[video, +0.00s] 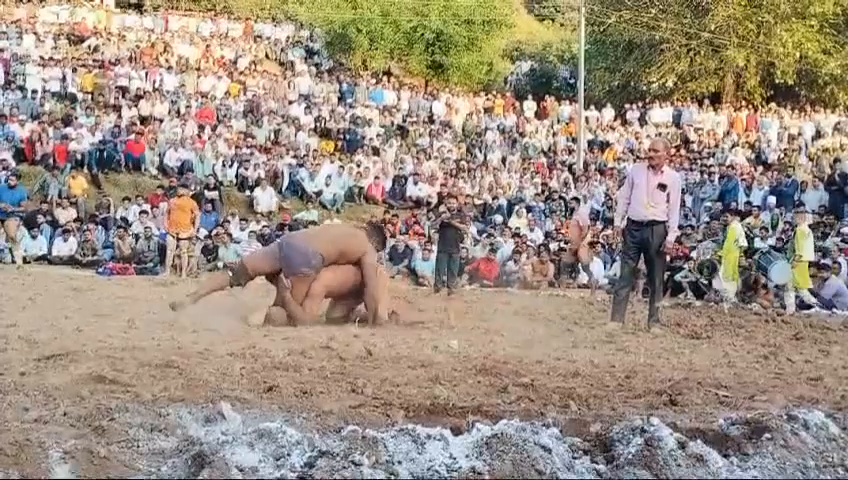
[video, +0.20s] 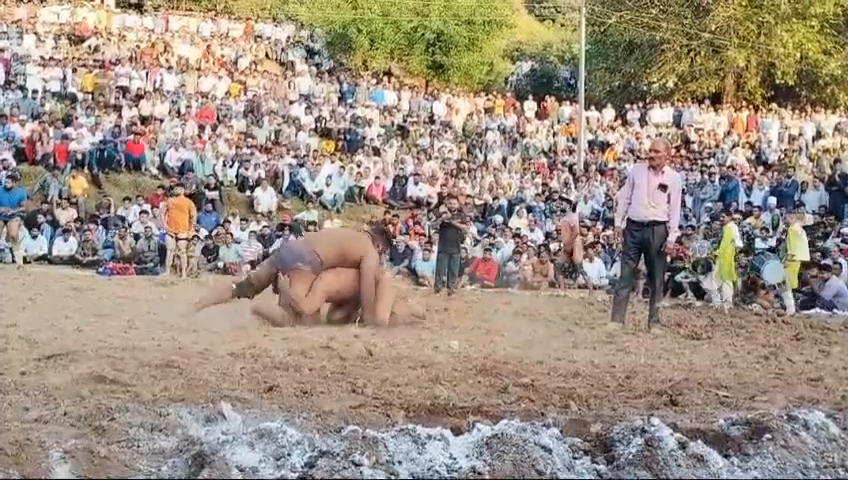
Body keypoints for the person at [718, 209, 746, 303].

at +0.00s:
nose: (726, 219)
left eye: (727, 217)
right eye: (725, 217)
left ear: (733, 217)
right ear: (733, 217)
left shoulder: (733, 227)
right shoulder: (737, 226)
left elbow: (729, 243)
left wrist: (722, 253)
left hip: (731, 254)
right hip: (735, 253)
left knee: (727, 275)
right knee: (733, 274)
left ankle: (728, 296)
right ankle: (731, 295)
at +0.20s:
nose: (721, 219)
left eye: (724, 217)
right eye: (721, 217)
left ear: (730, 217)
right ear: (721, 218)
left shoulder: (733, 227)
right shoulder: (725, 228)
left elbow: (738, 244)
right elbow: (724, 244)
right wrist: (718, 252)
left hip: (728, 257)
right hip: (722, 256)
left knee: (727, 279)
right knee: (724, 278)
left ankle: (727, 302)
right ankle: (726, 301)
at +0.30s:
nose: (719, 219)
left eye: (720, 217)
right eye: (718, 217)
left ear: (726, 216)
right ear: (723, 217)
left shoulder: (726, 227)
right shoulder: (727, 226)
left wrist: (715, 252)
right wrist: (716, 251)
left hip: (725, 256)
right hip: (725, 255)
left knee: (725, 278)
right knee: (725, 277)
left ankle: (727, 301)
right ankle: (727, 301)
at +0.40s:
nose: (714, 219)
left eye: (716, 216)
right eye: (713, 216)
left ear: (723, 216)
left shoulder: (722, 227)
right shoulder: (721, 226)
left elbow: (719, 245)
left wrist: (710, 253)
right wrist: (711, 253)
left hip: (719, 258)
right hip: (721, 258)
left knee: (704, 282)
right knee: (724, 282)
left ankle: (699, 302)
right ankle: (728, 304)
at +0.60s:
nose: (706, 215)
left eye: (707, 213)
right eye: (706, 213)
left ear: (712, 213)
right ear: (717, 213)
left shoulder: (712, 224)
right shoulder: (718, 223)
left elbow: (710, 241)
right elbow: (723, 239)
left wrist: (703, 250)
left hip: (711, 253)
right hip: (716, 253)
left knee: (704, 274)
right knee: (718, 276)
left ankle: (698, 296)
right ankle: (727, 298)